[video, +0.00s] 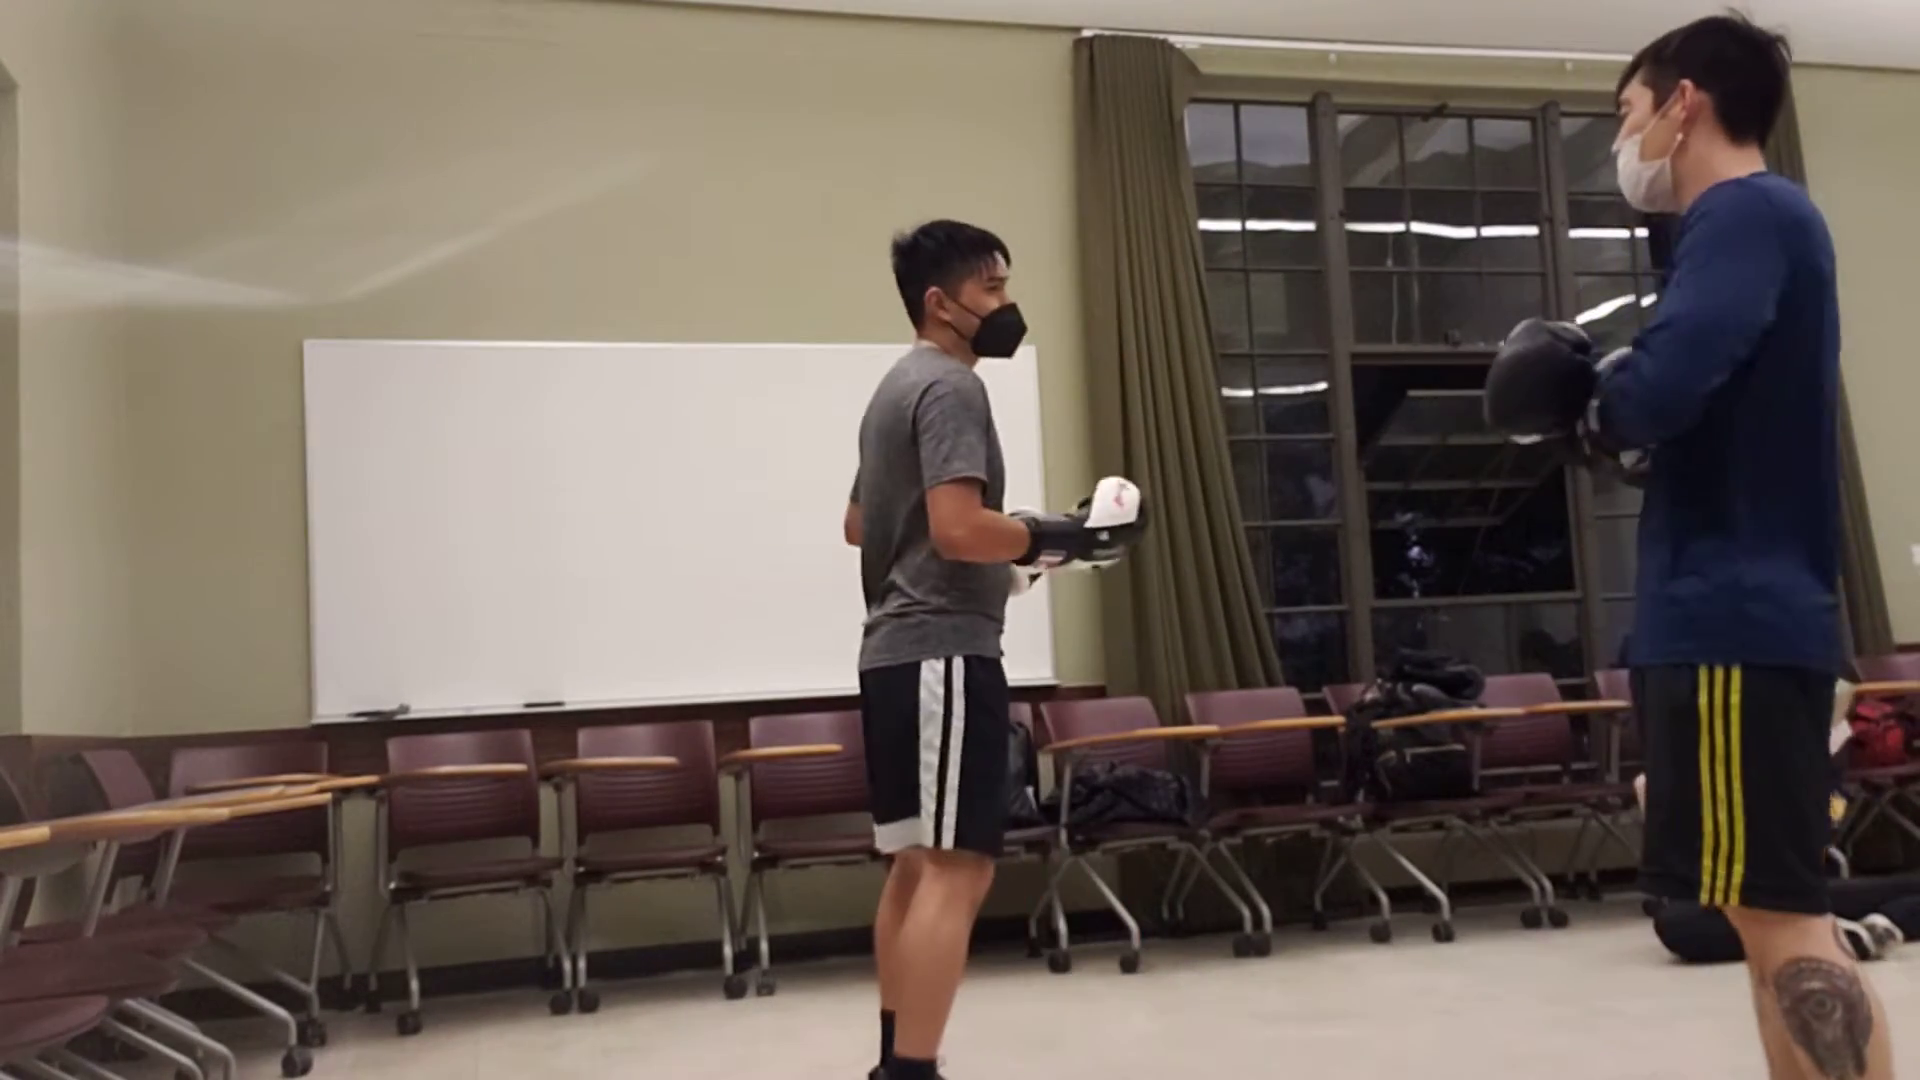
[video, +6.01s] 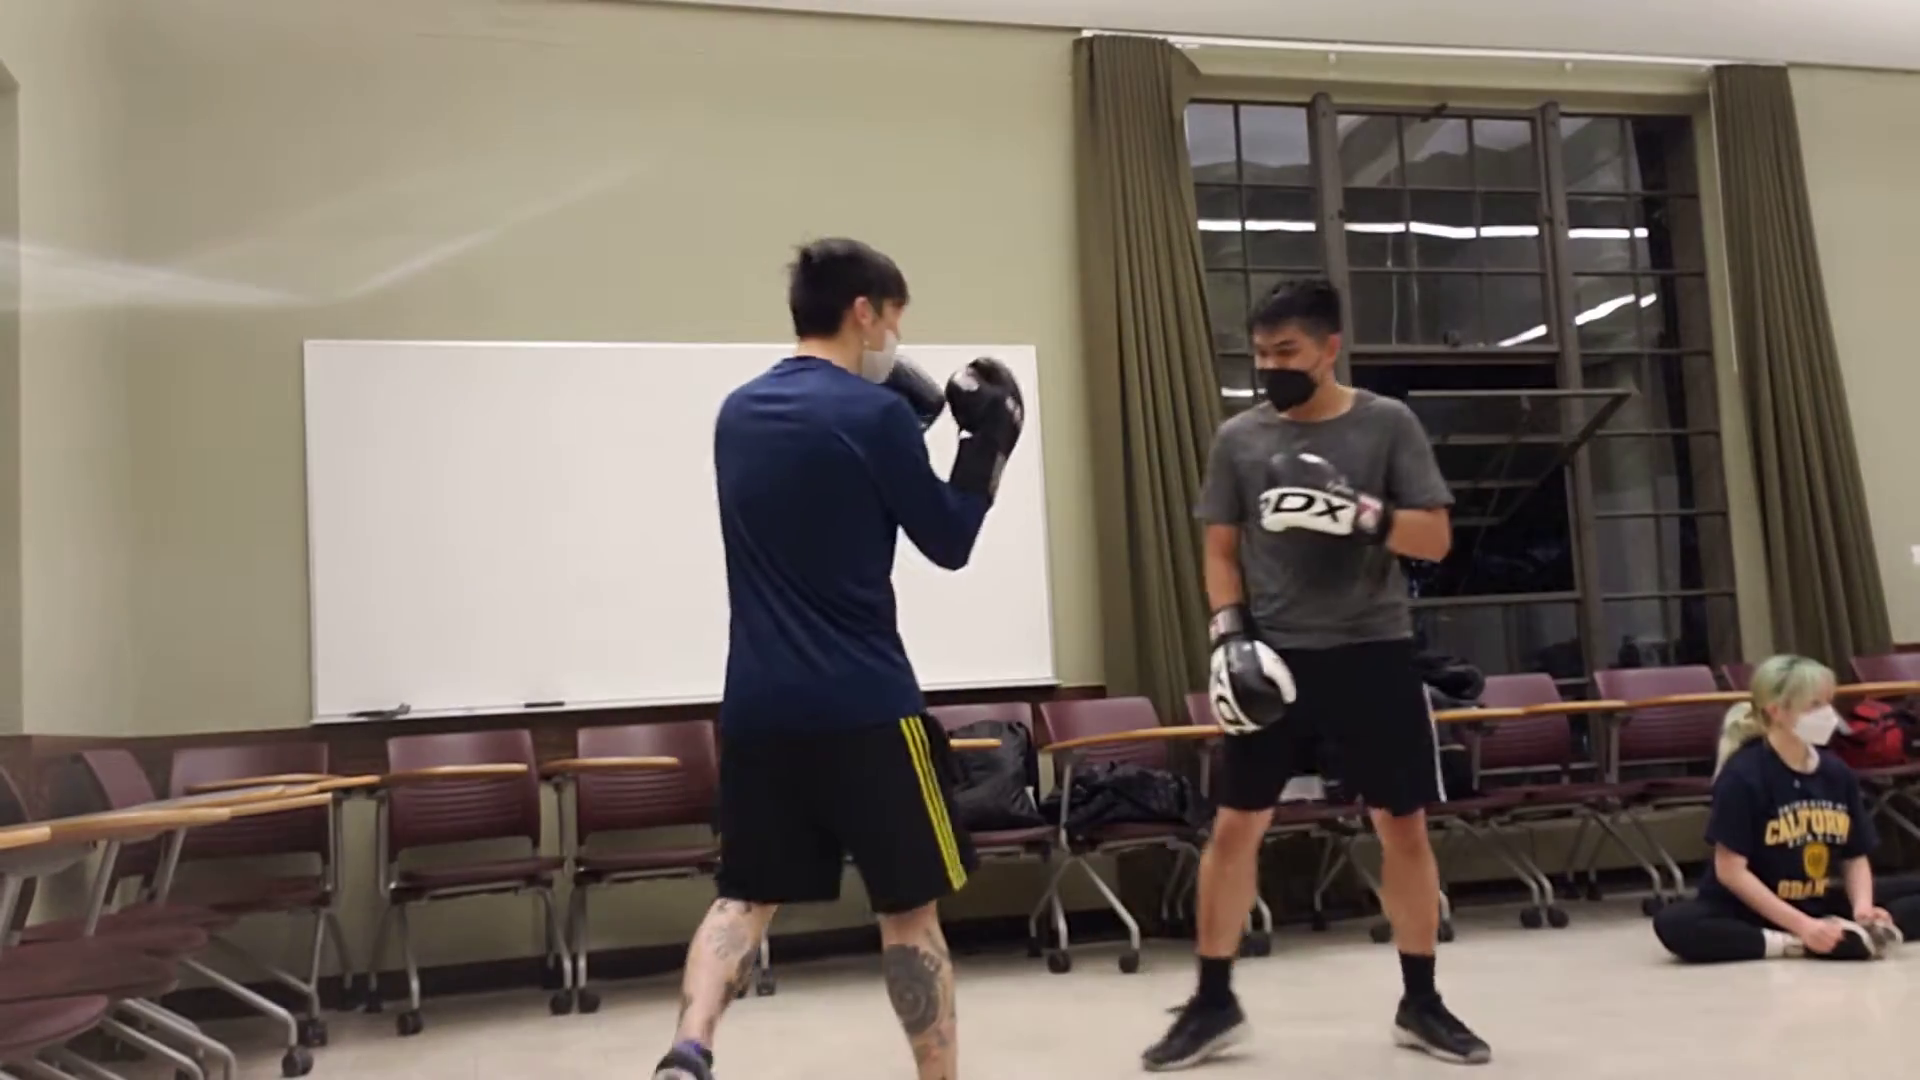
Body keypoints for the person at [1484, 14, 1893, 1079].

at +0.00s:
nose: (1620, 143)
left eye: (1628, 114)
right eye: (1619, 119)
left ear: (1687, 105)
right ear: (1709, 114)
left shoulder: (1749, 217)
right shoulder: (1736, 222)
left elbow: (1657, 397)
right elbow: (1684, 415)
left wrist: (1590, 387)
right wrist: (1597, 399)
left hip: (1743, 627)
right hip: (1725, 626)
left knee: (1775, 910)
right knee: (1768, 908)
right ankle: (1806, 1077)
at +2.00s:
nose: (1372, 200)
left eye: (1370, 173)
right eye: (1367, 179)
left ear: (1414, 149)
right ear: (1441, 154)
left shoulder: (1518, 256)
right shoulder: (1492, 266)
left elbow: (1565, 424)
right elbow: (1516, 443)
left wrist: (1420, 480)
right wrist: (1397, 499)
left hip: (1521, 649)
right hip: (1525, 645)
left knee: (1521, 914)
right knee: (1577, 910)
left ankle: (1583, 1079)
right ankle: (1625, 1074)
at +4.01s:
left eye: (805, 205)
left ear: (802, 219)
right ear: (908, 217)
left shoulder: (750, 353)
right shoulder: (975, 345)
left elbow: (719, 549)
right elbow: (1070, 505)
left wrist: (806, 503)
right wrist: (953, 543)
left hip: (787, 718)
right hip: (938, 711)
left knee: (674, 982)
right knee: (973, 945)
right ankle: (1014, 1068)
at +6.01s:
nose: (895, 341)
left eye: (900, 325)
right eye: (895, 323)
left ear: (803, 316)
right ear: (861, 314)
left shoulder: (740, 410)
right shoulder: (875, 416)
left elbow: (815, 493)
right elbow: (948, 539)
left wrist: (899, 417)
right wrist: (991, 444)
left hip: (757, 703)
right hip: (866, 703)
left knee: (744, 892)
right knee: (907, 909)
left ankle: (689, 1047)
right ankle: (938, 1070)